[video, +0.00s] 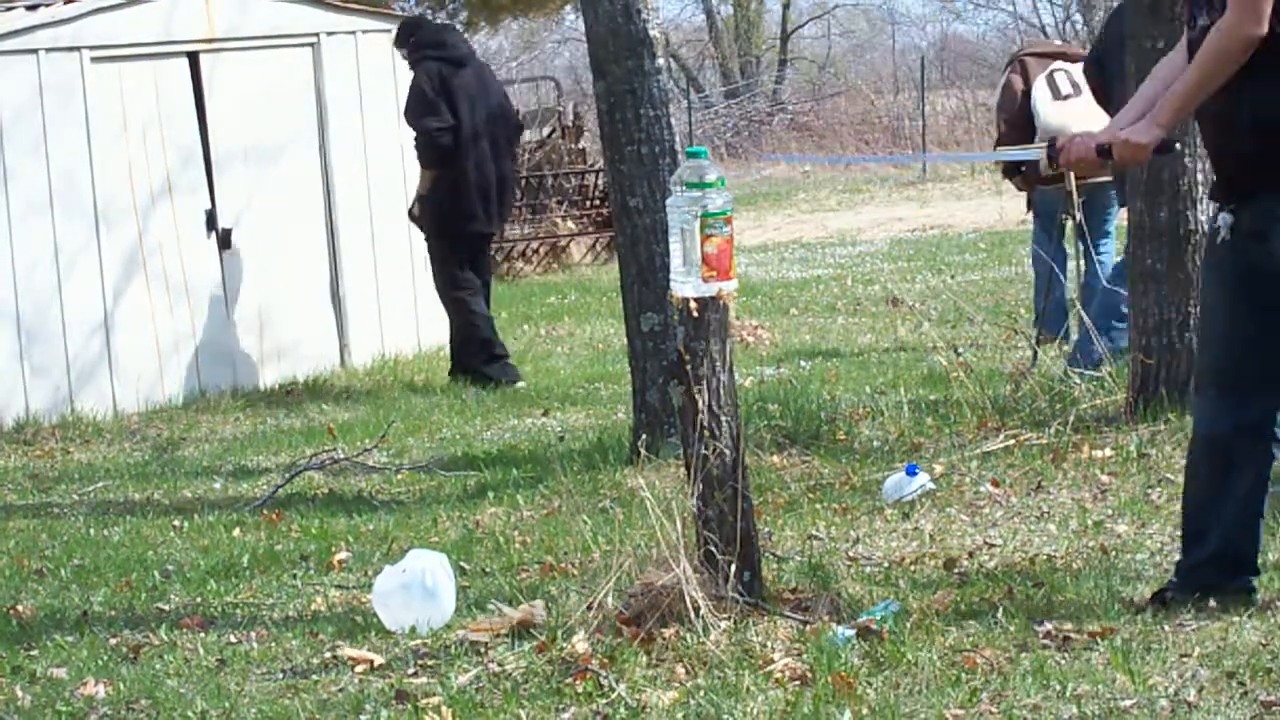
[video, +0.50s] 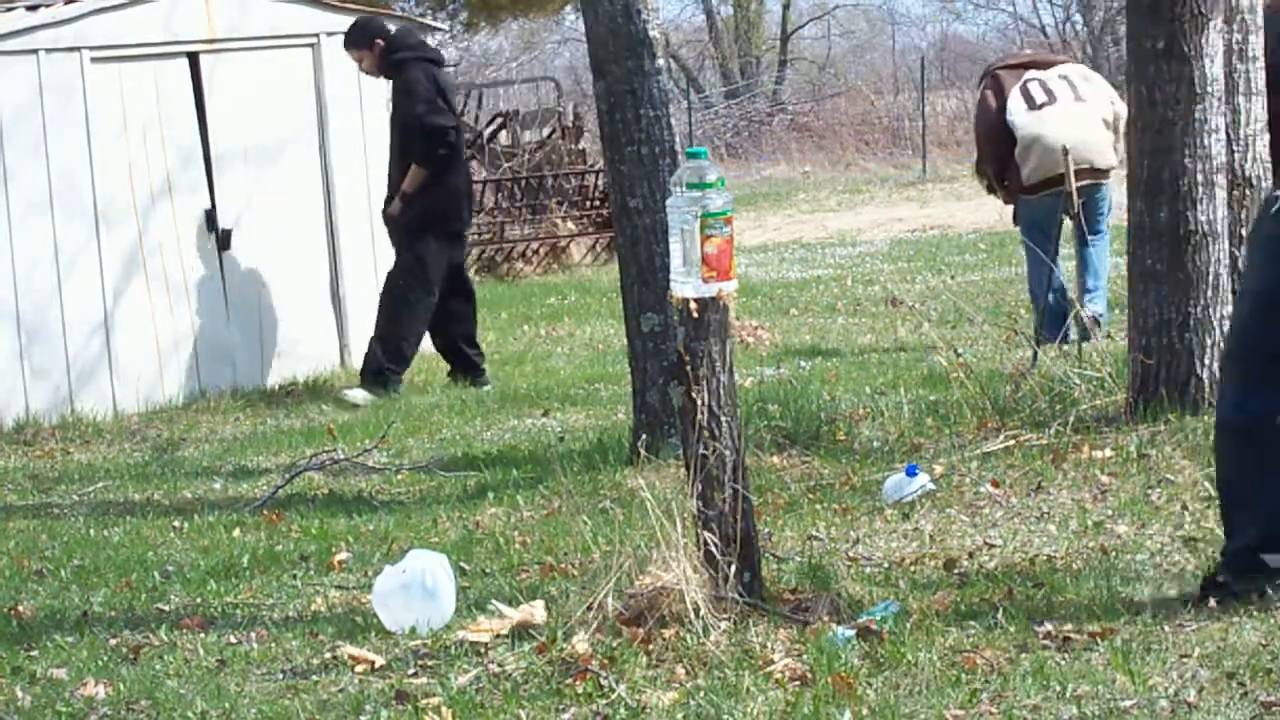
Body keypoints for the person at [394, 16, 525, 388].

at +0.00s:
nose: (405, 59)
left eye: (405, 52)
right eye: (403, 53)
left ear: (415, 45)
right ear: (438, 38)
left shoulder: (427, 72)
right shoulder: (479, 69)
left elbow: (435, 134)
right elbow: (510, 121)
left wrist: (422, 191)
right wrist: (499, 172)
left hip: (450, 194)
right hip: (488, 189)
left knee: (455, 283)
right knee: (475, 279)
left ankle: (496, 368)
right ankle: (466, 368)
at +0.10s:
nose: (400, 62)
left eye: (399, 55)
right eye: (397, 56)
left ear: (409, 46)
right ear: (429, 38)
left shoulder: (425, 70)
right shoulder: (471, 69)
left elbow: (435, 135)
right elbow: (502, 122)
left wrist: (416, 188)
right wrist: (492, 176)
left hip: (446, 194)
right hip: (481, 191)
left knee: (432, 277)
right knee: (469, 276)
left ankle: (483, 361)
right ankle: (465, 365)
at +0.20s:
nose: (390, 66)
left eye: (388, 56)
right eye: (386, 59)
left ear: (403, 44)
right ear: (417, 41)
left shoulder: (423, 70)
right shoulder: (462, 69)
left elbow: (436, 127)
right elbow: (494, 121)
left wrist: (413, 183)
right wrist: (472, 169)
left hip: (442, 196)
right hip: (475, 192)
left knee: (417, 277)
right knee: (463, 275)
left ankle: (462, 368)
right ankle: (470, 363)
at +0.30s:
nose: (381, 65)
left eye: (379, 56)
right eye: (376, 59)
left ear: (395, 43)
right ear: (400, 40)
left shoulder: (422, 69)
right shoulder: (451, 67)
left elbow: (439, 130)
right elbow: (479, 133)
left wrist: (408, 186)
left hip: (440, 200)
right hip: (472, 196)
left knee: (411, 283)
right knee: (458, 280)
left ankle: (431, 379)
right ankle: (469, 369)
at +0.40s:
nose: (372, 66)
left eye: (370, 57)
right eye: (367, 60)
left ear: (387, 43)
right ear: (389, 42)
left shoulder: (420, 69)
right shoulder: (436, 68)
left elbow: (440, 131)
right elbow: (463, 135)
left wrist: (406, 187)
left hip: (435, 201)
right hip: (460, 199)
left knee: (409, 288)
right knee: (454, 288)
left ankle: (398, 381)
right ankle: (470, 374)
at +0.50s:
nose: (360, 69)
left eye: (360, 60)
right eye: (356, 63)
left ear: (378, 47)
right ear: (378, 47)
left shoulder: (413, 74)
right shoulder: (418, 70)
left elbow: (436, 140)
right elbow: (432, 142)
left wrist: (402, 195)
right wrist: (403, 192)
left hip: (430, 211)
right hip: (441, 209)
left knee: (406, 296)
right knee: (449, 296)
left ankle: (379, 384)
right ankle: (470, 375)